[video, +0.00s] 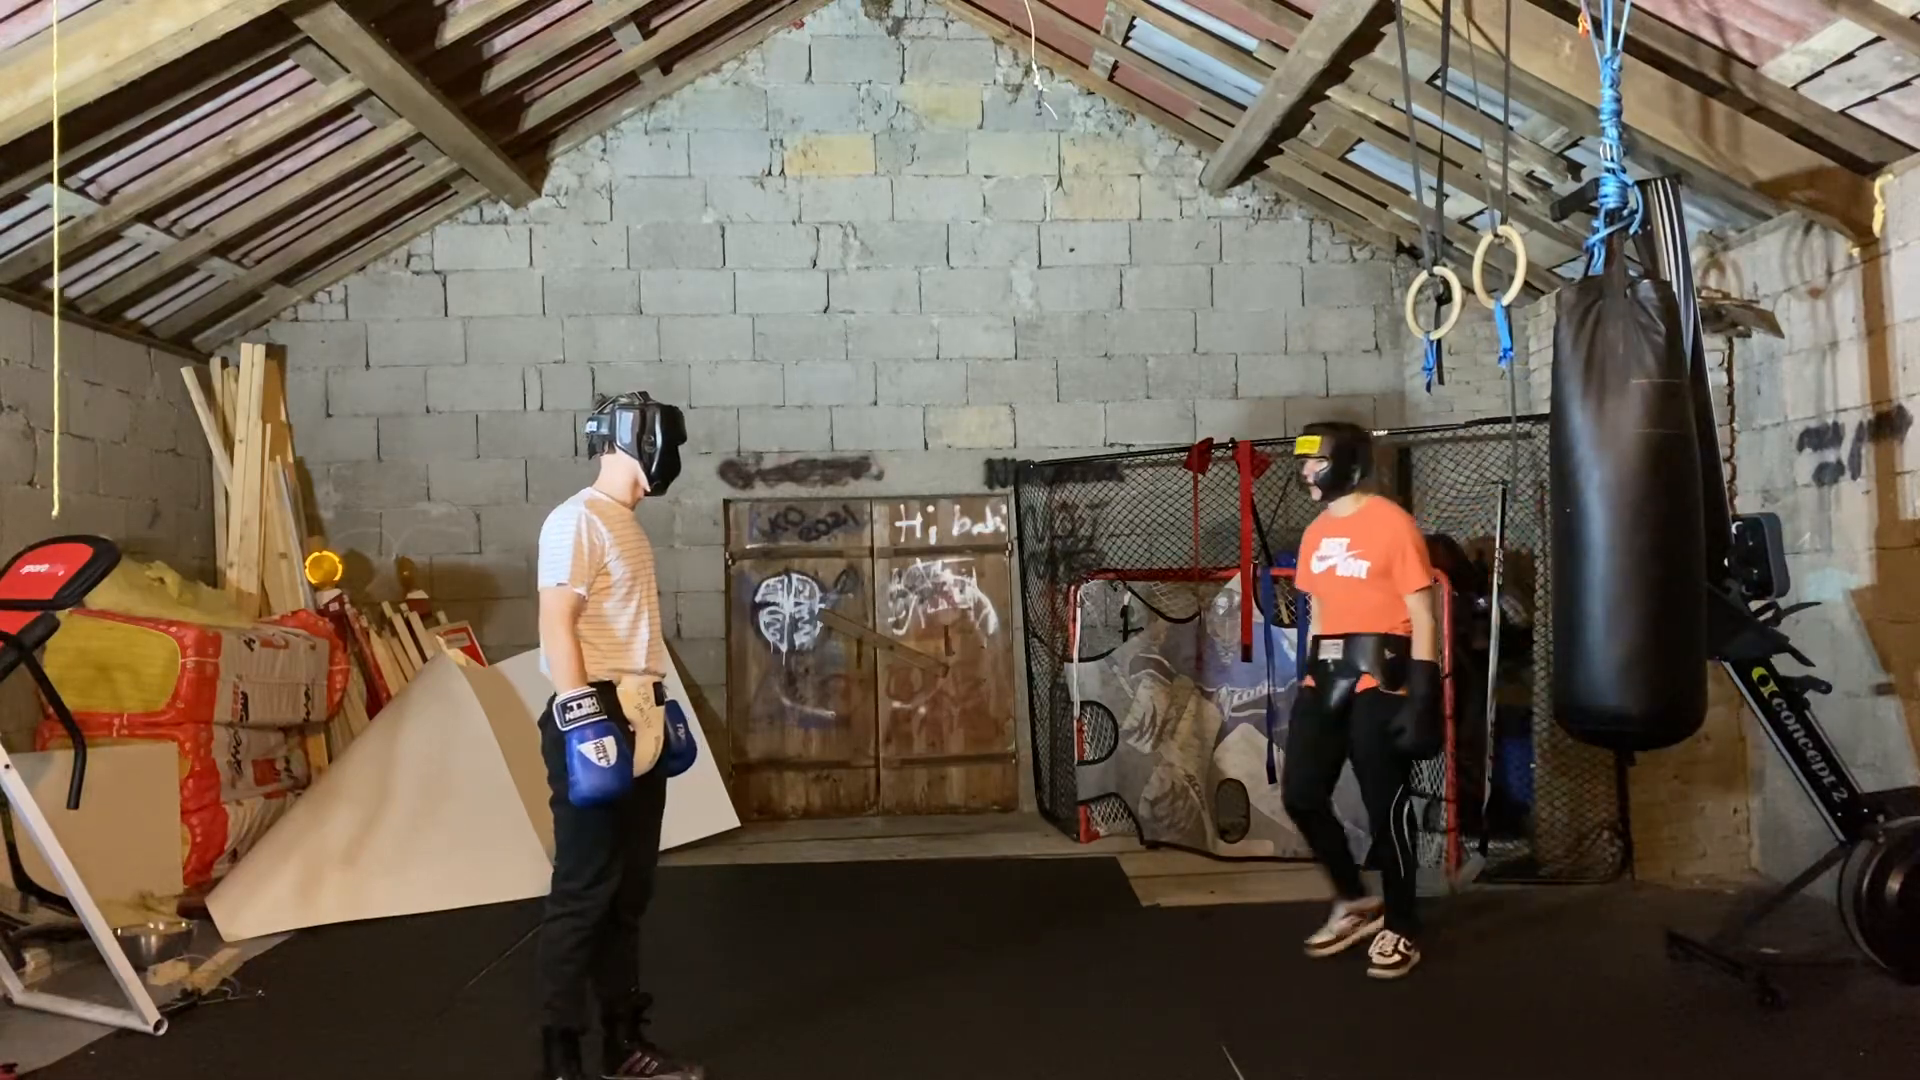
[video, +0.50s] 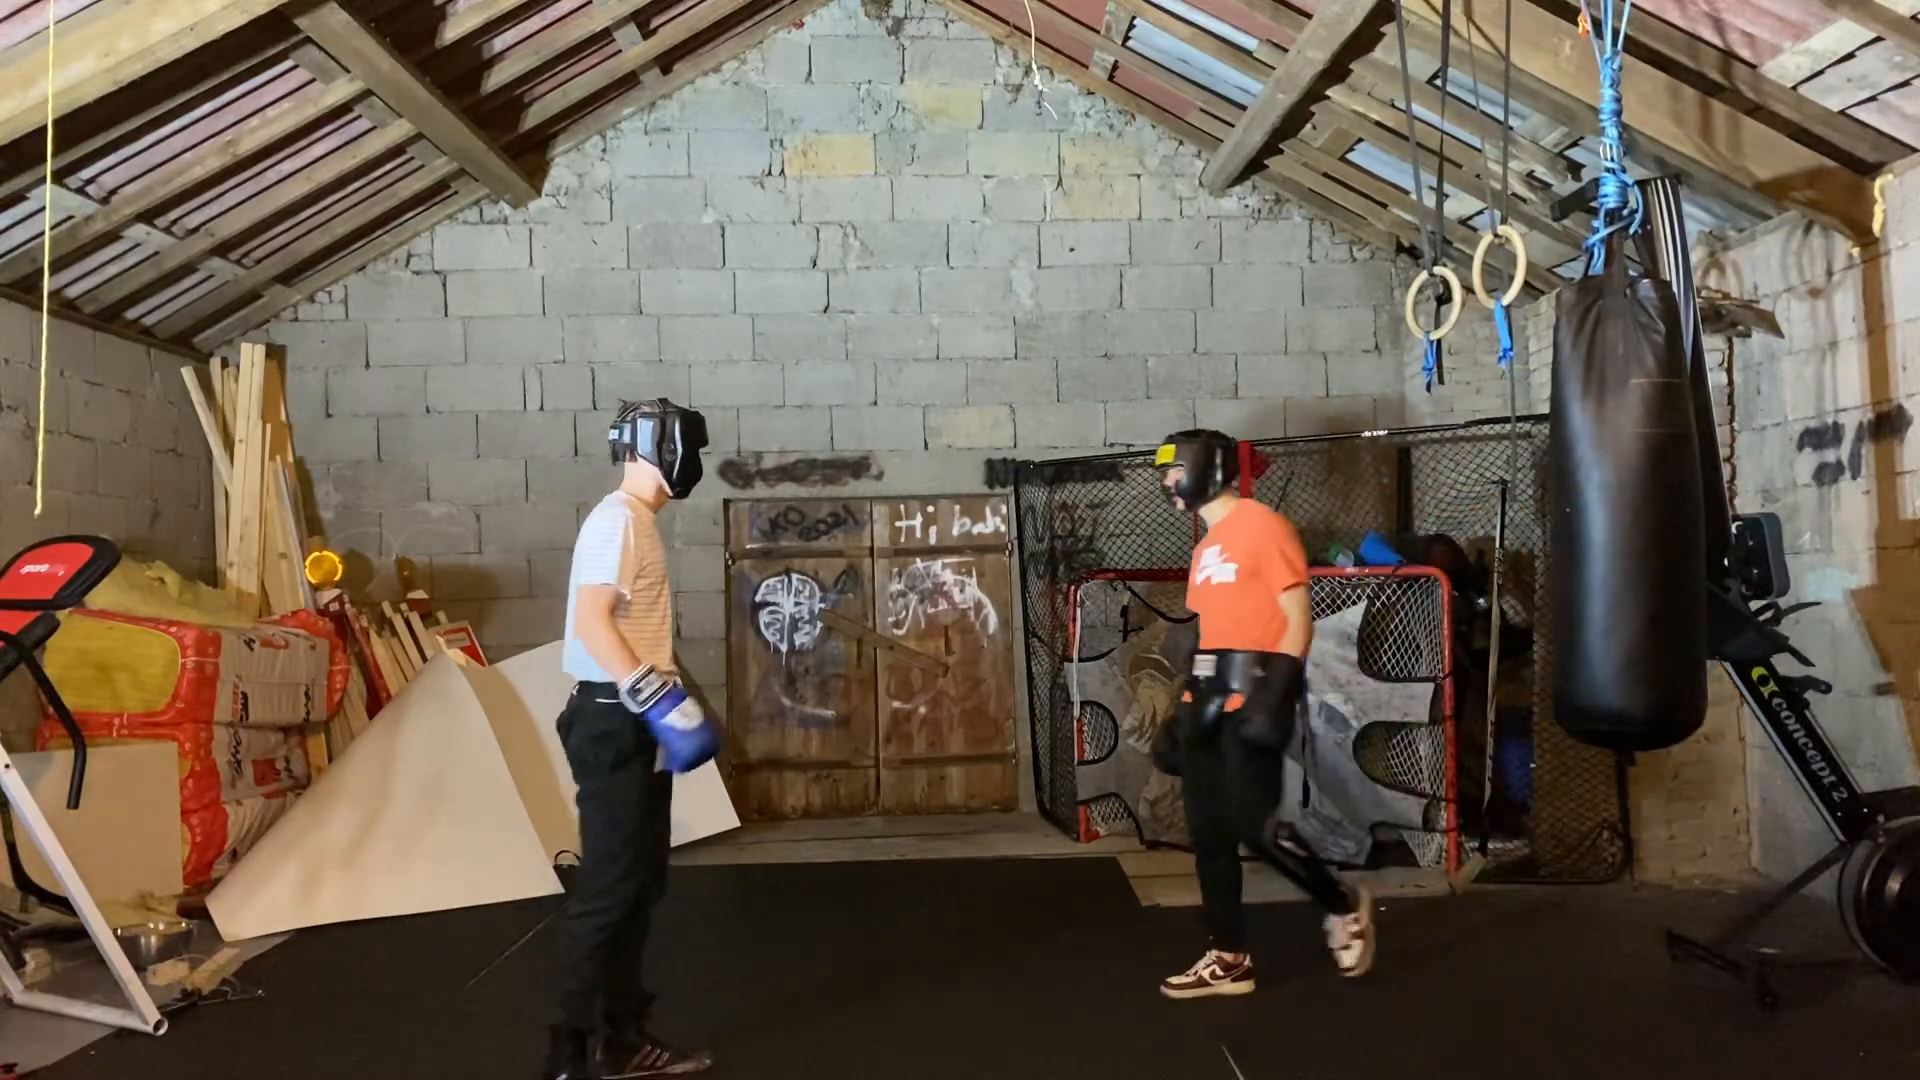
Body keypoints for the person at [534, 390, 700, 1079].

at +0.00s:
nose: (666, 468)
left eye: (668, 454)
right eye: (659, 452)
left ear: (634, 452)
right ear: (625, 446)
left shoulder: (628, 529)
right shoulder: (574, 520)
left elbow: (638, 625)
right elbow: (556, 623)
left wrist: (663, 705)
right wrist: (585, 718)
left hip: (639, 715)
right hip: (592, 718)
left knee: (628, 891)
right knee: (582, 893)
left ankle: (624, 1047)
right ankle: (562, 1060)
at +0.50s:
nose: (694, 466)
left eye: (693, 452)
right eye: (686, 452)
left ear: (643, 450)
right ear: (654, 450)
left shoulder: (637, 522)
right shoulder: (616, 520)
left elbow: (628, 622)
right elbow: (592, 617)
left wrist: (672, 702)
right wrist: (660, 698)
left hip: (635, 714)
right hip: (609, 715)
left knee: (640, 879)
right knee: (611, 883)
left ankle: (623, 1042)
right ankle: (571, 1055)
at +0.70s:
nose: (700, 468)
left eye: (699, 454)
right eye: (694, 453)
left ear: (646, 448)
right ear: (666, 449)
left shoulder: (643, 520)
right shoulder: (630, 519)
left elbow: (655, 627)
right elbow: (631, 618)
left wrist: (731, 633)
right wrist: (724, 624)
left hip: (632, 708)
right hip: (631, 713)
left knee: (630, 872)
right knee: (668, 871)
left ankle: (625, 1038)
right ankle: (607, 1048)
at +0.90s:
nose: (716, 477)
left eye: (716, 463)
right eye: (712, 462)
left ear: (662, 452)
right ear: (691, 455)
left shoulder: (638, 518)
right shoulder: (657, 519)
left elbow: (677, 610)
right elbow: (677, 609)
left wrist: (754, 592)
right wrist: (765, 582)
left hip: (628, 708)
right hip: (658, 711)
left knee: (641, 874)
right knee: (713, 868)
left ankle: (624, 1043)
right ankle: (710, 1045)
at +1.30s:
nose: (802, 488)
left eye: (803, 474)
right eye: (800, 473)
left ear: (747, 461)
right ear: (780, 467)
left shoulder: (715, 524)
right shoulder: (740, 528)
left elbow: (765, 602)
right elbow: (733, 624)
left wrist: (838, 578)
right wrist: (811, 609)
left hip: (701, 712)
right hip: (740, 715)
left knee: (688, 874)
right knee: (774, 867)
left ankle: (631, 1028)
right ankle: (793, 1017)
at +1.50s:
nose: (854, 499)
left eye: (855, 486)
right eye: (852, 486)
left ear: (801, 475)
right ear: (832, 485)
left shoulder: (774, 529)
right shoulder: (782, 543)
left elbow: (786, 612)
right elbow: (745, 633)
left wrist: (842, 594)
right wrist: (827, 644)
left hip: (761, 707)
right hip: (782, 713)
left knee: (784, 856)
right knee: (812, 860)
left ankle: (682, 978)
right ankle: (796, 1019)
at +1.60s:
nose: (868, 493)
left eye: (869, 480)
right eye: (866, 480)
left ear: (814, 469)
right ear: (847, 478)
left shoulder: (781, 523)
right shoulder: (804, 538)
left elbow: (804, 603)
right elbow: (775, 630)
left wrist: (857, 577)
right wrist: (855, 637)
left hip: (777, 699)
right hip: (800, 705)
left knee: (818, 844)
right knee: (827, 852)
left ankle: (735, 963)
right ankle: (795, 1019)